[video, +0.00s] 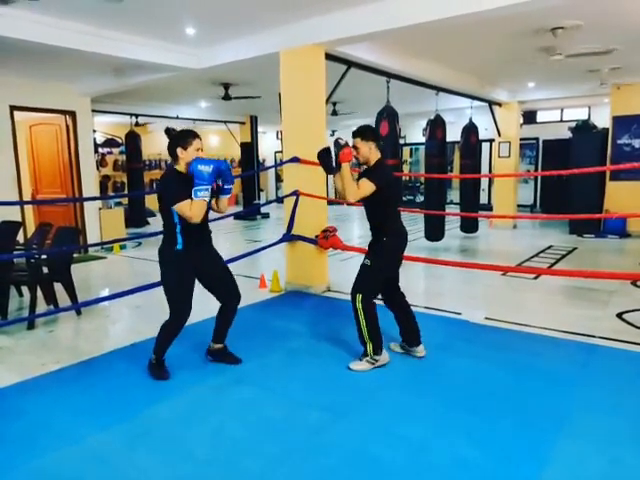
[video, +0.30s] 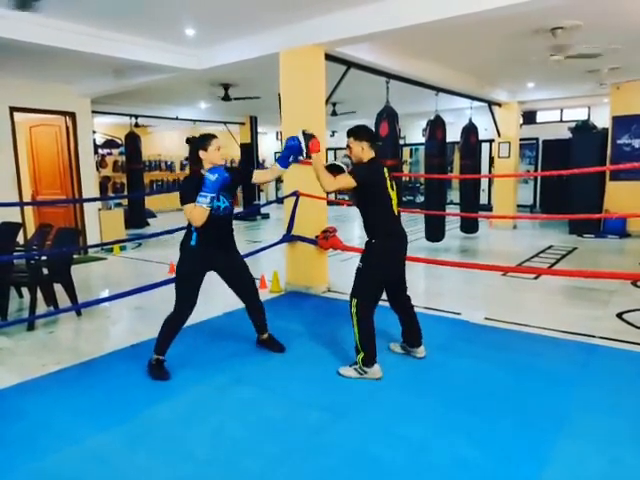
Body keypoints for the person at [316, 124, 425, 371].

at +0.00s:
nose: (355, 152)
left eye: (357, 147)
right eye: (354, 148)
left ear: (372, 146)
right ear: (369, 148)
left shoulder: (380, 171)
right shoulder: (372, 170)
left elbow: (353, 196)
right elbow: (344, 194)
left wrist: (345, 163)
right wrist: (336, 170)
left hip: (387, 240)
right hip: (390, 238)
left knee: (360, 294)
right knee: (391, 292)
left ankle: (375, 354)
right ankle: (413, 343)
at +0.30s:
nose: (348, 151)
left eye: (350, 146)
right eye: (348, 147)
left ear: (364, 146)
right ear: (368, 146)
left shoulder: (366, 171)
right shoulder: (379, 167)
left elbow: (330, 185)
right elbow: (340, 182)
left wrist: (316, 158)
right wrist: (319, 164)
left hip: (380, 244)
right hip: (396, 240)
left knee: (360, 302)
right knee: (398, 296)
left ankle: (367, 364)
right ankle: (414, 344)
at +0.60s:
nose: (352, 151)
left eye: (355, 146)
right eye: (352, 146)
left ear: (370, 146)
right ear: (368, 147)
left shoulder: (384, 174)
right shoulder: (363, 170)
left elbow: (365, 208)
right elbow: (324, 169)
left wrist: (348, 181)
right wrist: (292, 162)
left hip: (385, 245)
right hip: (387, 242)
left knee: (368, 304)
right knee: (398, 298)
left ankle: (367, 366)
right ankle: (428, 349)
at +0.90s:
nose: (364, 149)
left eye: (366, 144)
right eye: (364, 145)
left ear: (379, 145)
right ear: (385, 145)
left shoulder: (378, 172)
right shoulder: (397, 168)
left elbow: (343, 194)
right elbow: (374, 191)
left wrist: (340, 164)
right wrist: (357, 172)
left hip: (385, 247)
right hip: (404, 244)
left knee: (362, 305)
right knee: (409, 299)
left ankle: (368, 366)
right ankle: (431, 352)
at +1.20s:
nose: (364, 149)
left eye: (366, 144)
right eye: (364, 144)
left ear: (378, 144)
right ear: (387, 144)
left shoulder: (377, 171)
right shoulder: (396, 168)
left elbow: (340, 187)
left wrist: (326, 163)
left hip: (385, 247)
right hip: (403, 243)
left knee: (364, 305)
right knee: (408, 298)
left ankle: (368, 367)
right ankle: (430, 352)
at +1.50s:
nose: (370, 152)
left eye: (372, 147)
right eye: (370, 147)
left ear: (385, 146)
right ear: (389, 146)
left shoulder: (389, 173)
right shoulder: (398, 170)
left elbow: (373, 211)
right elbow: (387, 205)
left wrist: (353, 191)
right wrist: (366, 190)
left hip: (389, 248)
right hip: (404, 245)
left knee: (371, 305)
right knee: (411, 299)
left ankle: (368, 367)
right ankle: (431, 354)